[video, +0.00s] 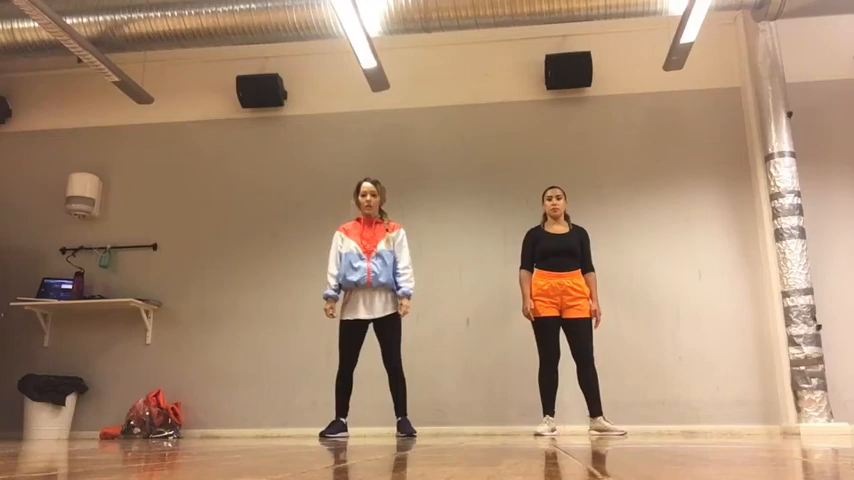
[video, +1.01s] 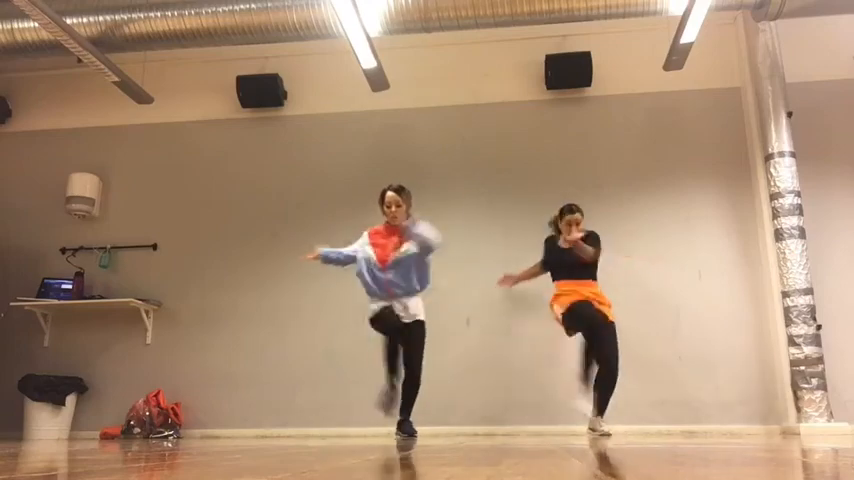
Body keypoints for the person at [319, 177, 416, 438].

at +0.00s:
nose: (368, 199)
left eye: (372, 195)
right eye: (363, 195)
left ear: (380, 199)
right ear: (356, 199)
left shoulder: (394, 231)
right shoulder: (344, 232)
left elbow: (403, 265)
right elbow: (334, 267)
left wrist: (405, 293)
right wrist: (331, 296)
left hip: (386, 303)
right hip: (353, 304)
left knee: (393, 364)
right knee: (346, 365)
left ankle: (402, 419)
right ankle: (340, 420)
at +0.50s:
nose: (369, 200)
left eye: (374, 195)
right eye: (365, 196)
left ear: (383, 199)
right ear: (358, 199)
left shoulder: (395, 231)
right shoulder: (345, 231)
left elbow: (407, 268)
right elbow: (336, 260)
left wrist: (422, 296)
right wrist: (352, 272)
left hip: (385, 306)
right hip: (353, 307)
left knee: (393, 366)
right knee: (345, 367)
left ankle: (402, 420)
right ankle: (340, 421)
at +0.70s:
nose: (377, 206)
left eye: (382, 201)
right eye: (372, 202)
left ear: (391, 204)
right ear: (366, 206)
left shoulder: (408, 238)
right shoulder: (356, 238)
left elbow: (434, 253)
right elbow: (341, 254)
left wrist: (463, 252)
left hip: (388, 312)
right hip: (358, 310)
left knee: (396, 369)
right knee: (343, 366)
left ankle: (400, 421)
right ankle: (338, 420)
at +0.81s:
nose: (383, 206)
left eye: (388, 201)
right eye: (379, 202)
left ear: (398, 204)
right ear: (373, 206)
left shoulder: (418, 232)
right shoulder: (363, 237)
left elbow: (451, 232)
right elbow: (334, 250)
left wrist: (474, 215)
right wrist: (304, 252)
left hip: (402, 311)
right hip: (371, 309)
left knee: (404, 370)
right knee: (335, 343)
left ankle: (402, 421)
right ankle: (334, 401)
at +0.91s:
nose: (388, 207)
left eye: (393, 202)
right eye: (383, 203)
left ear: (403, 204)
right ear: (378, 206)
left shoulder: (420, 231)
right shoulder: (365, 238)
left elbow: (446, 227)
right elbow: (336, 253)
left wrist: (450, 200)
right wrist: (302, 256)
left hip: (411, 313)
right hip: (383, 310)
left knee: (411, 371)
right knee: (357, 313)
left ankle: (403, 420)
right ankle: (351, 371)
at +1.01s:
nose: (392, 210)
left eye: (398, 205)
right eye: (388, 206)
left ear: (407, 207)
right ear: (382, 209)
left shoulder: (417, 232)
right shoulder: (371, 237)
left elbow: (433, 242)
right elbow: (348, 255)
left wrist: (410, 230)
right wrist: (324, 255)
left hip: (411, 307)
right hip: (382, 306)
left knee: (414, 370)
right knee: (394, 329)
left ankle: (405, 419)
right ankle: (391, 386)